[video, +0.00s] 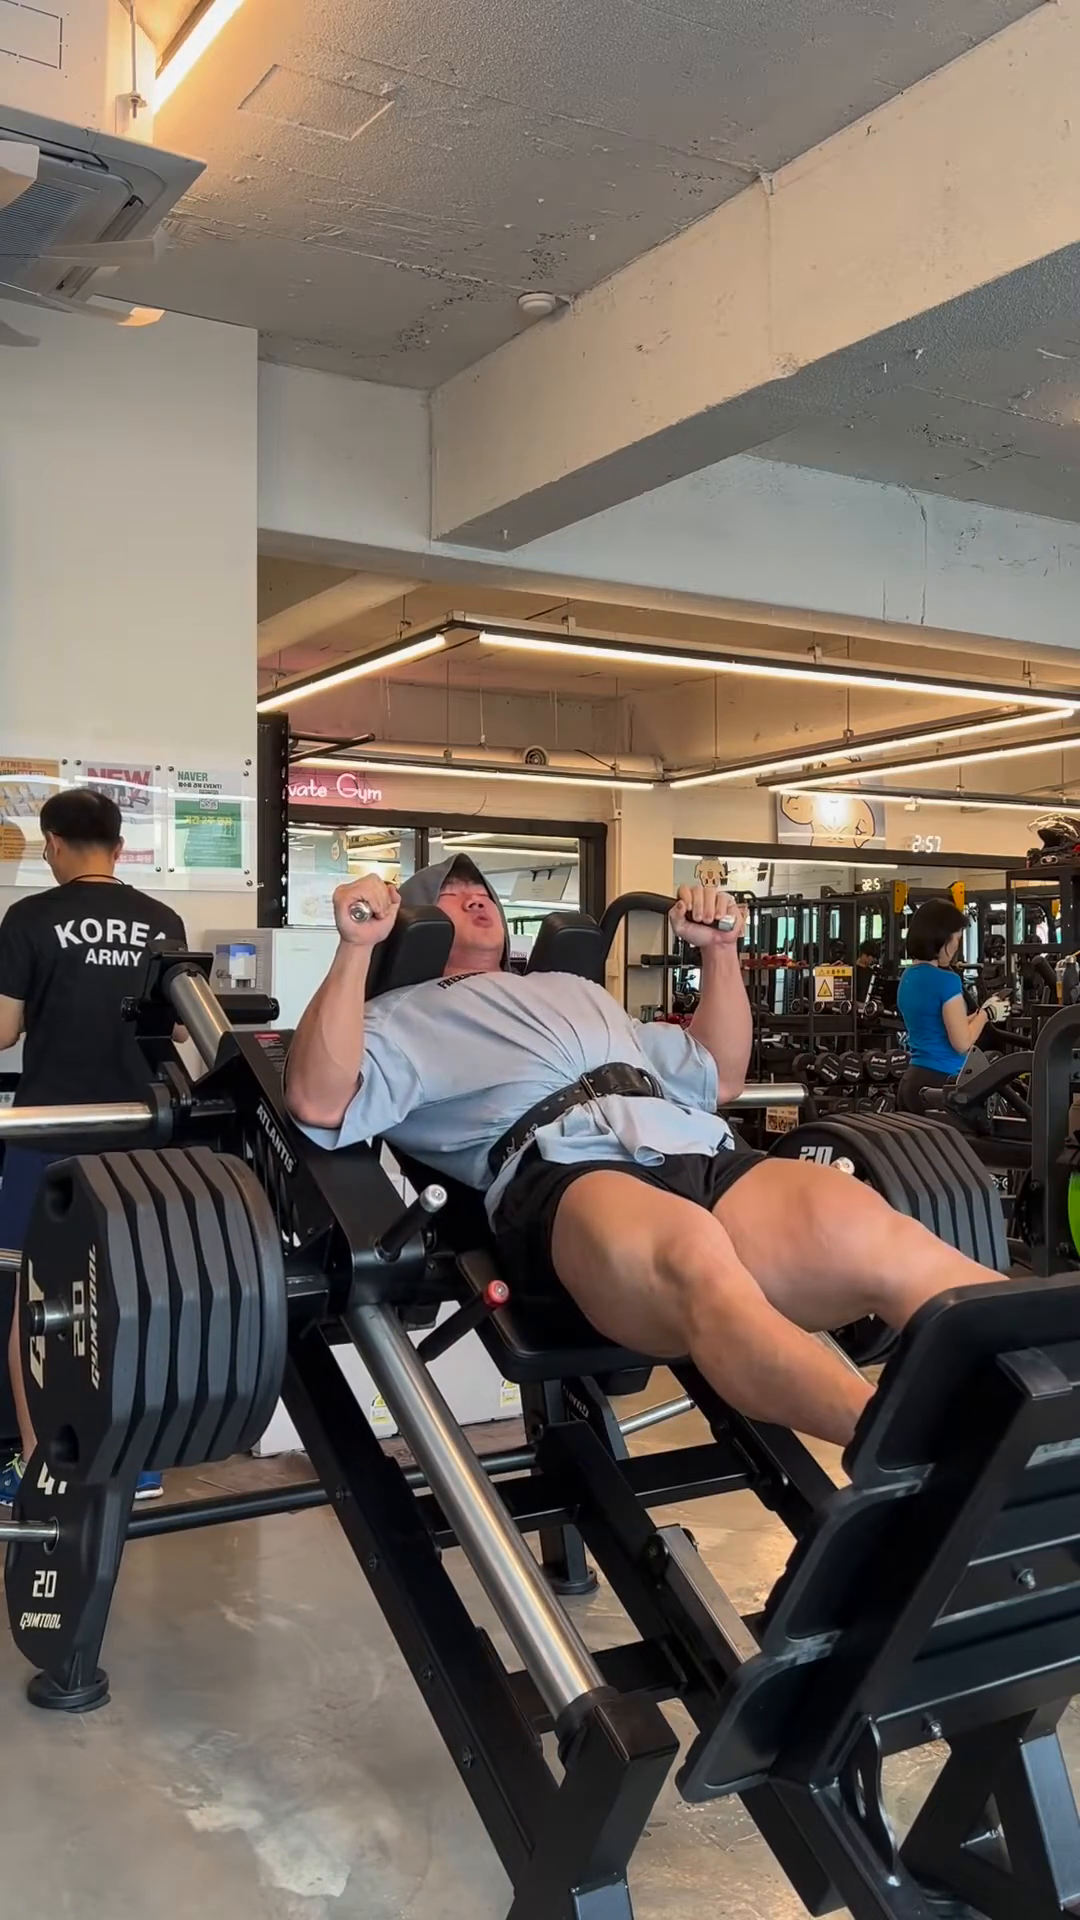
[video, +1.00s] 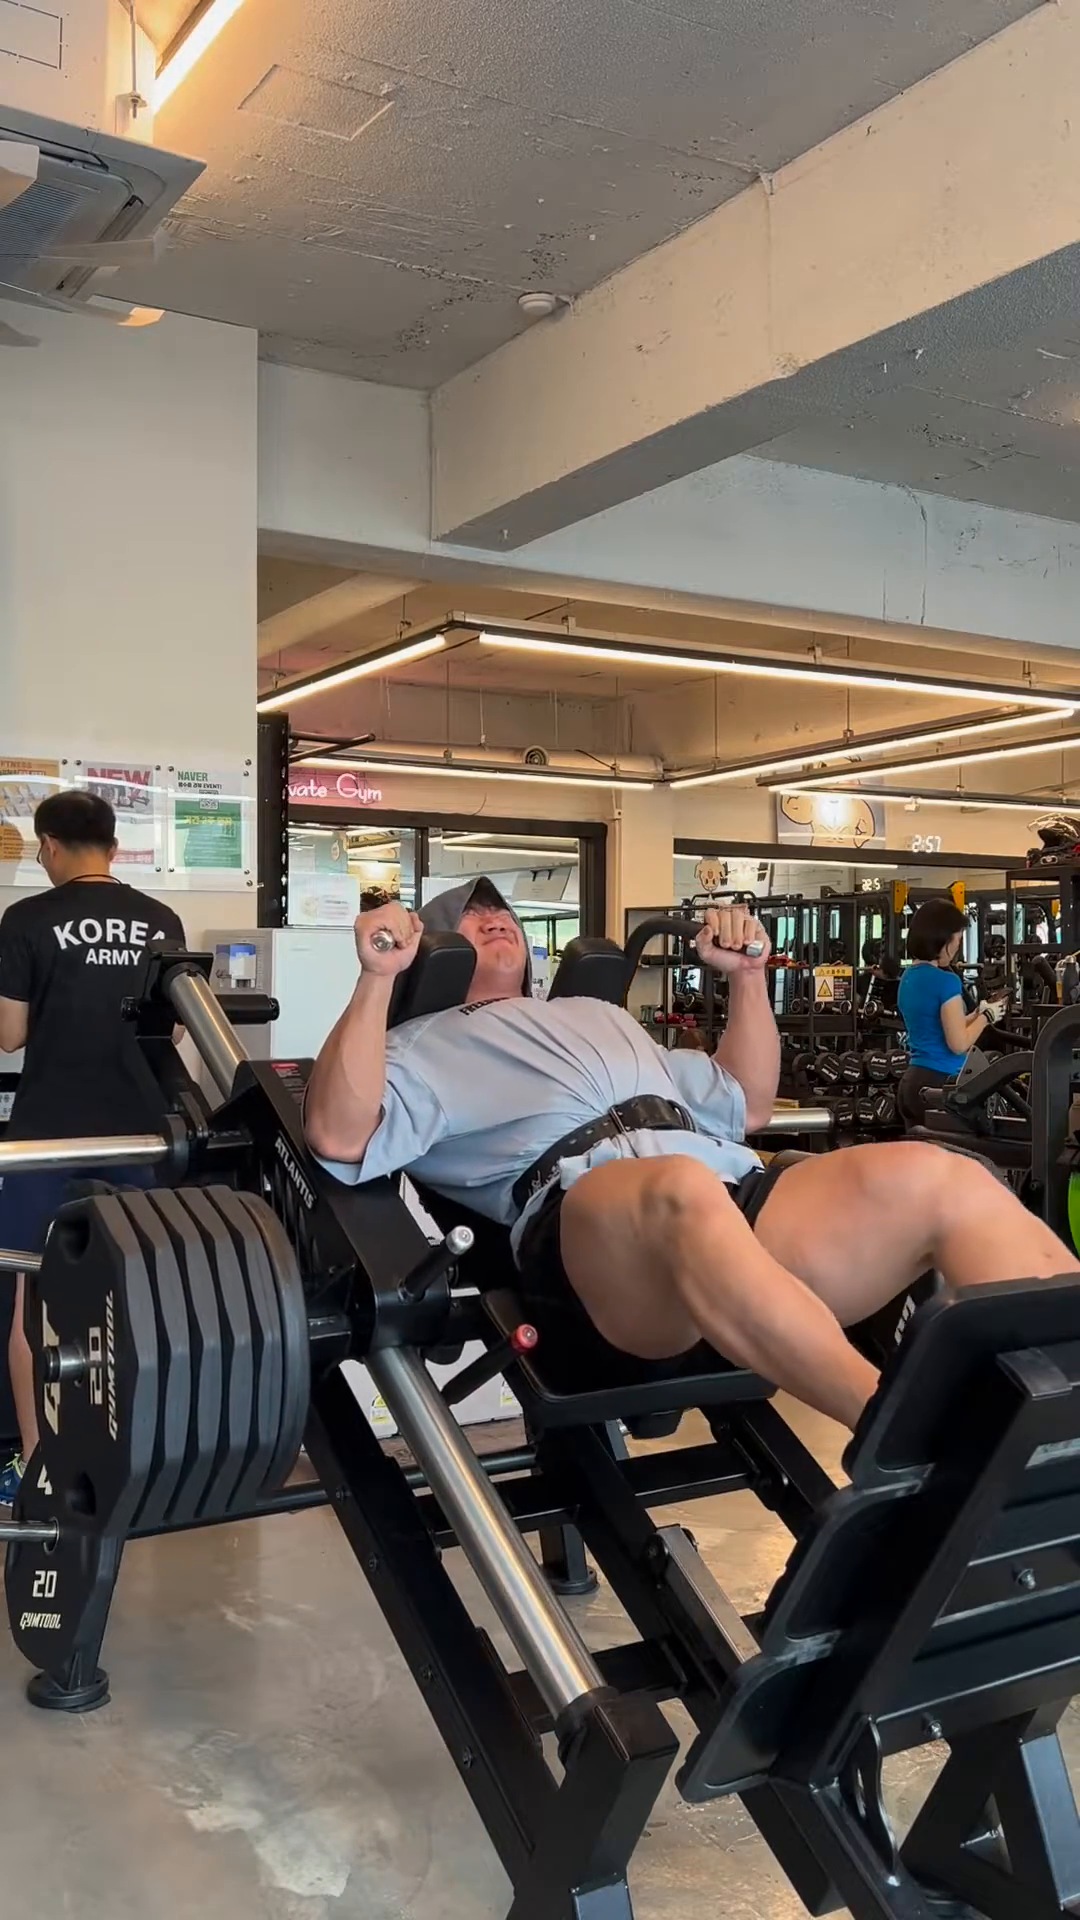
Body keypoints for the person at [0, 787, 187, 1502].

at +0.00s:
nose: (52, 857)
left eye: (49, 847)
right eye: (62, 847)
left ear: (51, 845)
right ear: (119, 847)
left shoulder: (31, 917)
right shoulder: (164, 920)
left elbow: (5, 1029)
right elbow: (181, 1028)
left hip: (48, 1139)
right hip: (140, 1141)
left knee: (29, 1298)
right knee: (135, 1296)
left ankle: (35, 1458)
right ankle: (138, 1464)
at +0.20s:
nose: (51, 857)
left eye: (49, 847)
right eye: (59, 847)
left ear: (53, 845)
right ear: (119, 846)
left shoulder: (33, 916)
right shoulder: (164, 920)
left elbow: (7, 1032)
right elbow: (180, 1028)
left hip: (47, 1139)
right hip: (140, 1142)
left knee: (29, 1299)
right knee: (133, 1297)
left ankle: (36, 1458)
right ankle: (136, 1463)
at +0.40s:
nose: (49, 858)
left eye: (47, 848)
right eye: (53, 848)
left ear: (52, 846)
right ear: (118, 846)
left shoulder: (33, 917)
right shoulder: (165, 919)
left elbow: (6, 1032)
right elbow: (181, 1028)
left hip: (48, 1139)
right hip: (140, 1142)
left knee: (29, 1299)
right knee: (134, 1297)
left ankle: (36, 1458)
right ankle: (137, 1464)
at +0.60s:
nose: (49, 860)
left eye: (46, 850)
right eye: (52, 851)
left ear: (51, 848)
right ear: (118, 847)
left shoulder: (32, 917)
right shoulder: (165, 920)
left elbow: (11, 1033)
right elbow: (180, 1032)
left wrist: (56, 1005)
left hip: (48, 1138)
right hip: (139, 1140)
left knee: (30, 1298)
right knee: (136, 1296)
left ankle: (36, 1457)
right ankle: (137, 1463)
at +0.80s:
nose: (46, 861)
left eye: (44, 851)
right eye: (48, 852)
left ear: (50, 849)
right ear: (116, 848)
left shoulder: (30, 918)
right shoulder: (165, 920)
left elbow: (10, 1034)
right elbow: (178, 1028)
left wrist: (61, 1014)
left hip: (46, 1137)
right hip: (137, 1135)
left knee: (24, 1294)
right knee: (128, 1289)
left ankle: (36, 1454)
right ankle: (124, 1449)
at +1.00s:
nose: (44, 860)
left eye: (42, 851)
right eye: (46, 851)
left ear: (49, 848)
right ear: (114, 848)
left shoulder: (29, 918)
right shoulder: (163, 920)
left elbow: (10, 1035)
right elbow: (179, 1031)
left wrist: (55, 1007)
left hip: (47, 1134)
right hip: (141, 1134)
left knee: (27, 1301)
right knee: (134, 1297)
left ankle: (37, 1457)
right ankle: (131, 1453)